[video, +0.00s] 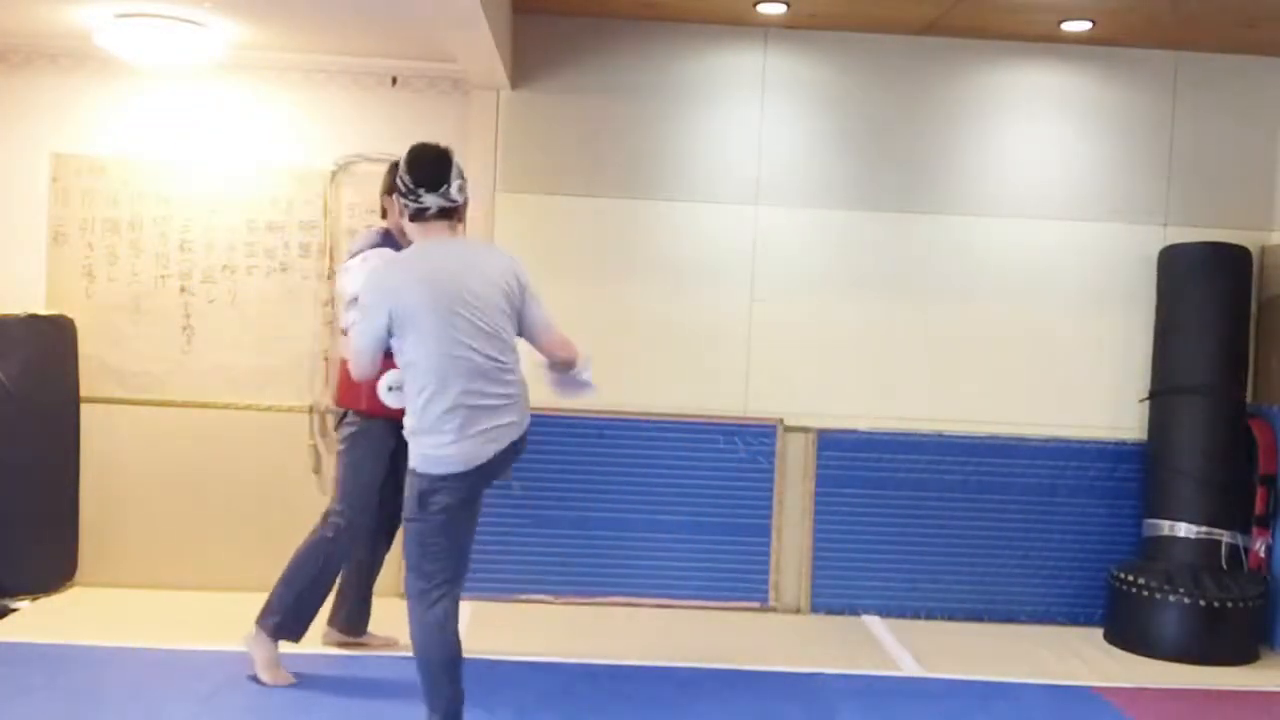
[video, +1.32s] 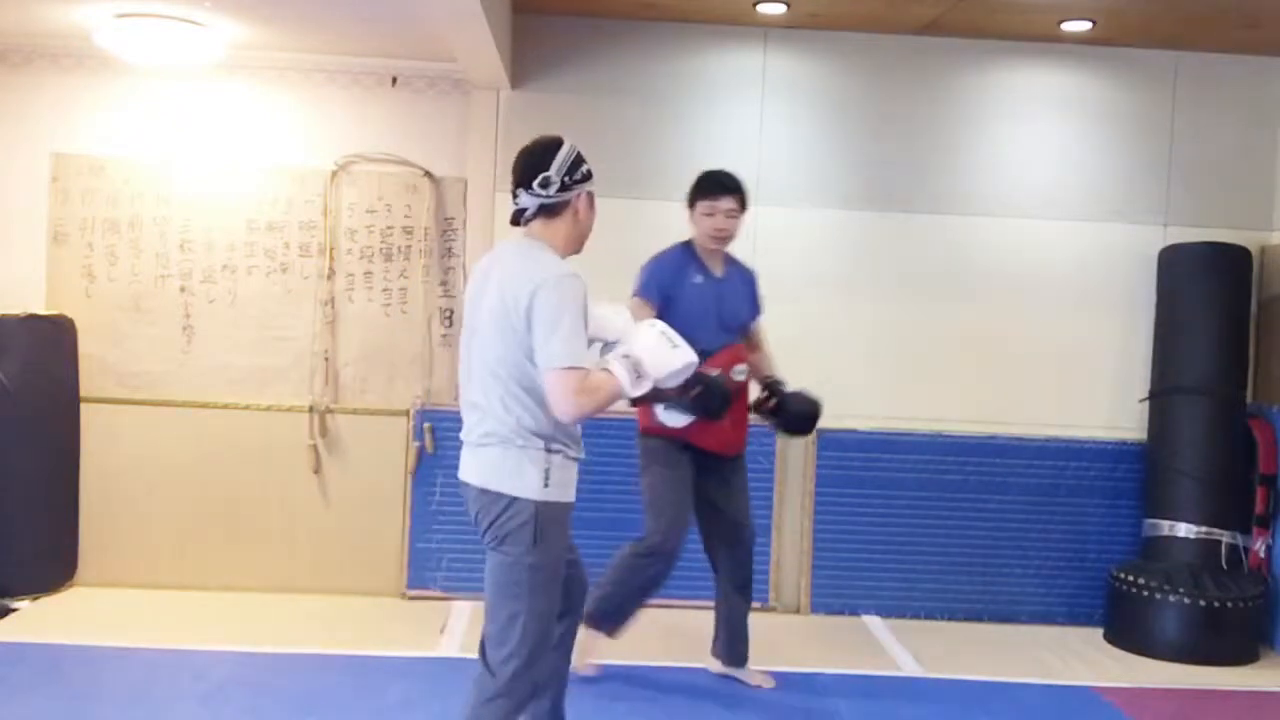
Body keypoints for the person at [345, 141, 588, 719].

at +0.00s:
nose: (391, 207)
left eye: (392, 199)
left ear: (398, 204)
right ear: (460, 200)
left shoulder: (386, 276)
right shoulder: (496, 262)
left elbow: (363, 367)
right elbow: (556, 349)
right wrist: (570, 365)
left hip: (443, 459)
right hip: (509, 437)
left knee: (432, 591)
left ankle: (445, 711)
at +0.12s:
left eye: (422, 192)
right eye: (477, 193)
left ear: (420, 198)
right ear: (480, 199)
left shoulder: (385, 269)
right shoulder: (508, 267)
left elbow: (354, 364)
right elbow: (542, 372)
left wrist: (357, 296)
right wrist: (495, 346)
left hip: (427, 459)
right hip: (505, 451)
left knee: (431, 597)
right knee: (511, 563)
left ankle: (444, 711)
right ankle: (527, 678)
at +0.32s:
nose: (504, 205)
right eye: (504, 198)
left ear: (445, 200)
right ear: (501, 203)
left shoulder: (404, 264)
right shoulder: (525, 269)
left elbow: (382, 352)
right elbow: (551, 372)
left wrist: (427, 335)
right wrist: (507, 347)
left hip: (422, 453)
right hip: (494, 455)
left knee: (436, 594)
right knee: (501, 598)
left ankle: (441, 712)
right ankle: (458, 713)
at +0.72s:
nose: (556, 228)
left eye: (557, 218)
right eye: (552, 217)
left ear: (488, 218)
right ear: (533, 219)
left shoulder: (444, 280)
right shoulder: (534, 282)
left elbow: (417, 373)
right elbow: (551, 399)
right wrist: (587, 363)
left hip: (432, 482)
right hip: (495, 485)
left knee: (444, 636)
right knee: (509, 647)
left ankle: (447, 714)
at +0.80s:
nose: (563, 229)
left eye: (563, 217)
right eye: (559, 216)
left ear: (495, 219)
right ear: (540, 219)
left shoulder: (451, 283)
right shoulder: (534, 287)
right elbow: (551, 405)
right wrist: (592, 370)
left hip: (438, 487)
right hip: (501, 492)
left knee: (456, 640)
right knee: (514, 656)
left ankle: (454, 714)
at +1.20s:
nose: (587, 214)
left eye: (586, 201)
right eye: (586, 200)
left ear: (525, 201)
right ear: (570, 203)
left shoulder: (492, 266)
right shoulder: (536, 282)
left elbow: (508, 356)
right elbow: (559, 405)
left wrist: (585, 342)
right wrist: (621, 362)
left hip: (489, 483)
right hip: (518, 494)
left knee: (520, 664)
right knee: (516, 674)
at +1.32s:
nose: (594, 211)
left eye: (592, 198)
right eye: (592, 198)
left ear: (529, 202)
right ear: (577, 201)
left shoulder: (494, 265)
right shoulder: (555, 280)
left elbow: (509, 364)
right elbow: (570, 400)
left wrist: (582, 334)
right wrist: (631, 368)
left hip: (489, 477)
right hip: (527, 490)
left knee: (566, 596)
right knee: (517, 662)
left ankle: (540, 710)